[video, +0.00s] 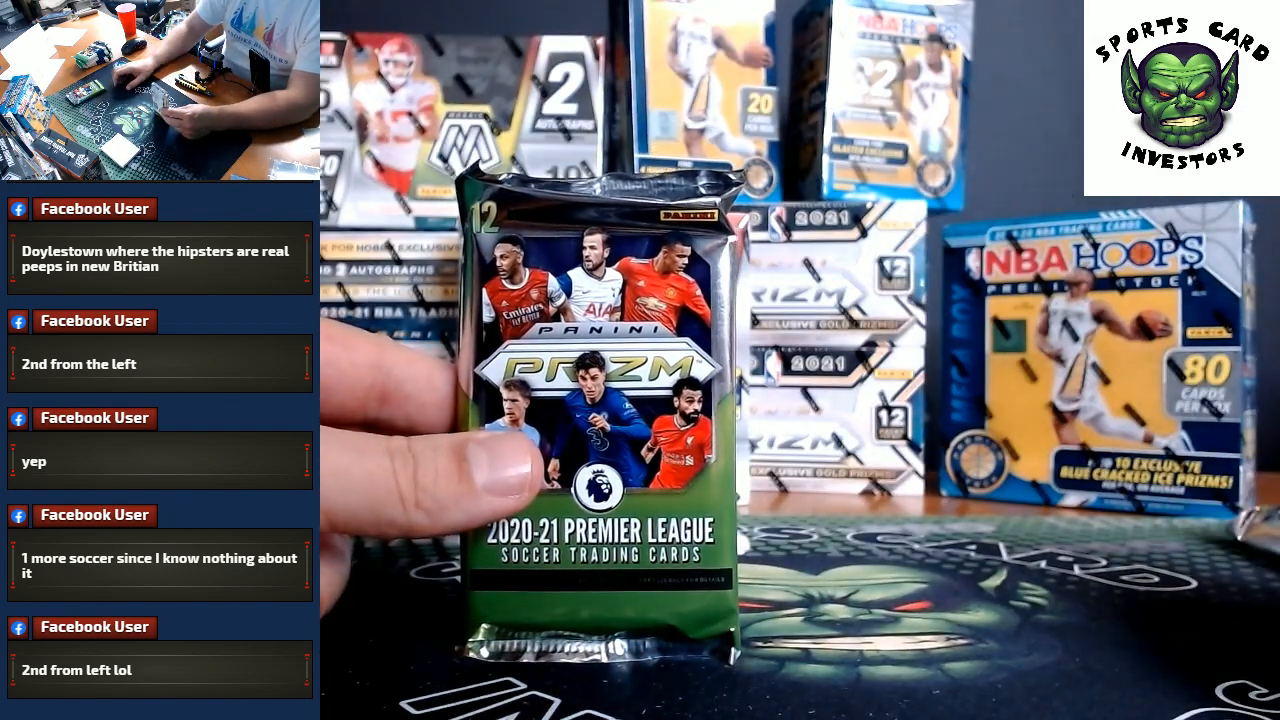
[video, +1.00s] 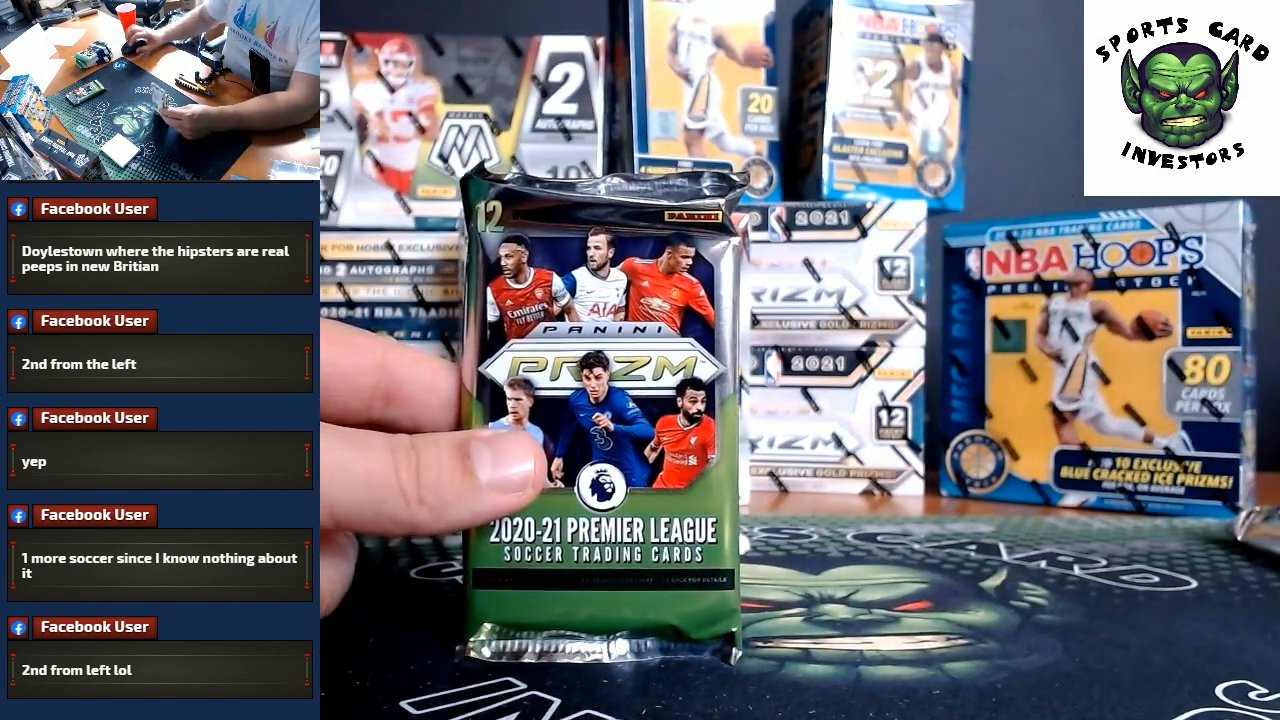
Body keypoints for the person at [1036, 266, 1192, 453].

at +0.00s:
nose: (1072, 288)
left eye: (1077, 284)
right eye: (1071, 283)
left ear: (1087, 285)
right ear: (1067, 283)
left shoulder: (1095, 308)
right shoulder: (1053, 304)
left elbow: (1126, 331)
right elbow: (1039, 334)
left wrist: (1156, 329)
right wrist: (1047, 349)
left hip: (1081, 365)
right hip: (1064, 367)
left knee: (1062, 418)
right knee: (1103, 424)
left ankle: (1078, 473)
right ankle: (1165, 442)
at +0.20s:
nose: (1072, 287)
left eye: (1077, 284)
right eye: (1071, 283)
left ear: (1087, 285)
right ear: (1067, 283)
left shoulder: (1095, 308)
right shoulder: (1053, 304)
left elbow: (1126, 331)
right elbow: (1039, 334)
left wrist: (1156, 329)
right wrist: (1047, 350)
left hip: (1081, 365)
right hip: (1064, 367)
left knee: (1062, 418)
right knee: (1103, 424)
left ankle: (1078, 473)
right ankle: (1165, 442)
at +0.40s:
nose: (1072, 287)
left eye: (1077, 284)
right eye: (1071, 283)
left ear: (1087, 285)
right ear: (1067, 283)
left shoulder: (1095, 308)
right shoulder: (1053, 304)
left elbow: (1126, 331)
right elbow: (1039, 334)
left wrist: (1156, 329)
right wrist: (1047, 350)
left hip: (1081, 365)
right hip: (1064, 367)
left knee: (1062, 418)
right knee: (1103, 424)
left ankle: (1078, 473)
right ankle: (1165, 442)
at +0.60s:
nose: (1072, 288)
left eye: (1077, 284)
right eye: (1070, 283)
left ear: (1087, 286)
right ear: (1067, 283)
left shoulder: (1095, 308)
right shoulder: (1053, 304)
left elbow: (1126, 331)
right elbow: (1039, 334)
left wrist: (1156, 330)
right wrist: (1047, 349)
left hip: (1081, 365)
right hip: (1064, 367)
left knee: (1062, 418)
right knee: (1103, 424)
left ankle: (1078, 473)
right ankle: (1165, 442)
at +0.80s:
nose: (1072, 287)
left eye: (1077, 284)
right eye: (1071, 283)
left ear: (1087, 285)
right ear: (1067, 283)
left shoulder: (1095, 308)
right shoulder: (1053, 304)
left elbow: (1126, 331)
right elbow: (1039, 334)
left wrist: (1156, 329)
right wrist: (1047, 349)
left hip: (1081, 365)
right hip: (1064, 367)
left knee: (1062, 418)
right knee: (1103, 424)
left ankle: (1078, 473)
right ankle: (1165, 442)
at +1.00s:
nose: (1072, 287)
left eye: (1077, 284)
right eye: (1071, 283)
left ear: (1087, 285)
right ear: (1067, 283)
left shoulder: (1095, 308)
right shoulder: (1053, 304)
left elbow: (1126, 331)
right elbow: (1039, 334)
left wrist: (1156, 330)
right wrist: (1047, 350)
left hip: (1081, 365)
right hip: (1064, 367)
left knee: (1062, 418)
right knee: (1103, 424)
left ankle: (1078, 473)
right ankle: (1165, 442)